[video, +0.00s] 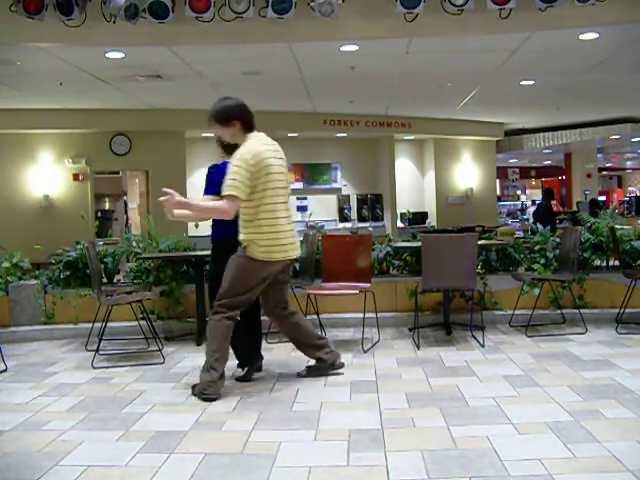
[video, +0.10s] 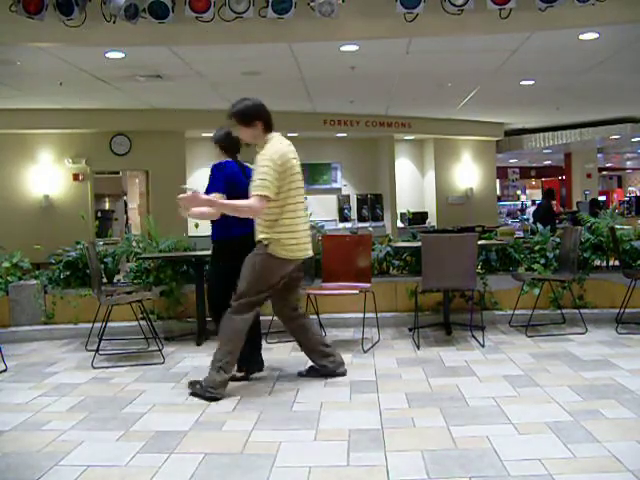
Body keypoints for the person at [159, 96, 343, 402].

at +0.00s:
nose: (218, 135)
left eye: (219, 128)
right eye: (216, 129)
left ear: (236, 124)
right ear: (243, 124)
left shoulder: (245, 155)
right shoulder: (273, 147)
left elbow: (228, 209)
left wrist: (184, 203)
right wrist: (199, 208)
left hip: (259, 251)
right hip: (285, 248)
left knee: (223, 310)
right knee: (278, 309)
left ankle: (210, 383)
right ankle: (327, 357)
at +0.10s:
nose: (238, 135)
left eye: (240, 129)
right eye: (236, 130)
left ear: (256, 124)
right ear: (260, 124)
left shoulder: (270, 153)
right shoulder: (282, 146)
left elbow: (258, 207)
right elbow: (264, 202)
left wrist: (212, 203)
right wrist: (219, 205)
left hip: (276, 248)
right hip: (296, 245)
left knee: (240, 308)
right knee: (288, 310)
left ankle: (215, 382)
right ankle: (329, 363)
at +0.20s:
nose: (254, 135)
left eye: (257, 128)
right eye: (253, 128)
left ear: (276, 126)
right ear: (277, 127)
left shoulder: (291, 154)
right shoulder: (289, 150)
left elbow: (284, 206)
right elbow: (280, 192)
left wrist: (235, 199)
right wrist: (256, 180)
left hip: (292, 246)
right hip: (301, 245)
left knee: (258, 310)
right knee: (292, 312)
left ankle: (224, 379)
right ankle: (329, 363)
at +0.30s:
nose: (269, 136)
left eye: (271, 130)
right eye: (267, 130)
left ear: (288, 126)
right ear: (285, 128)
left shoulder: (308, 155)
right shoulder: (290, 153)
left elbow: (311, 203)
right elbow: (278, 187)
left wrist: (267, 194)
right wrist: (257, 190)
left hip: (307, 242)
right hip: (295, 240)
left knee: (273, 305)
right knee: (292, 308)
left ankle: (241, 377)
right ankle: (328, 362)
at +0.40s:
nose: (208, 150)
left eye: (213, 145)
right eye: (205, 146)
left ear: (227, 148)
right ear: (204, 151)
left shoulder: (240, 172)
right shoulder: (212, 180)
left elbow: (257, 210)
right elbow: (214, 224)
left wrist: (263, 192)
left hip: (242, 247)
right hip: (219, 249)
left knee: (230, 306)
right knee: (201, 303)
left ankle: (248, 363)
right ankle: (227, 351)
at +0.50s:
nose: (211, 141)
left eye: (216, 137)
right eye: (207, 138)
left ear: (228, 141)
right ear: (203, 145)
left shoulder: (244, 166)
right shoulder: (202, 176)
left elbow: (267, 199)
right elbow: (199, 218)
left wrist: (284, 185)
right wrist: (186, 252)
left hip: (244, 245)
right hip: (214, 246)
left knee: (235, 306)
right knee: (203, 305)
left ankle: (245, 366)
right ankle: (210, 365)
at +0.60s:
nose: (213, 139)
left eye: (218, 134)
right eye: (208, 136)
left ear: (228, 139)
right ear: (203, 142)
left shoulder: (247, 166)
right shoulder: (197, 174)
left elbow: (274, 198)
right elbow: (184, 215)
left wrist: (297, 182)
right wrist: (166, 249)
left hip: (243, 247)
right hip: (210, 249)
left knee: (238, 310)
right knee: (206, 314)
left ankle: (237, 368)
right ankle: (200, 380)